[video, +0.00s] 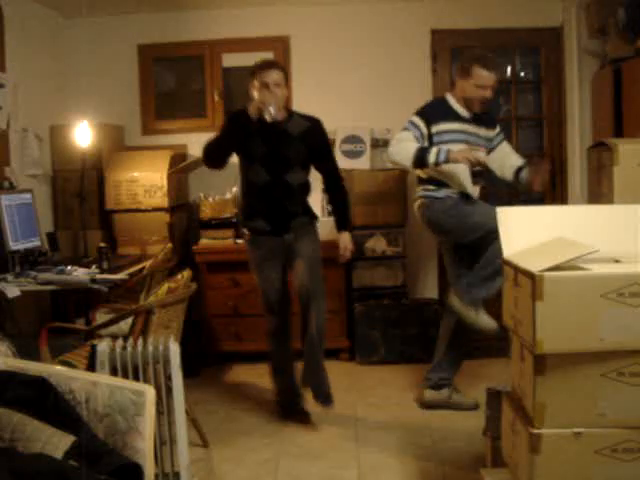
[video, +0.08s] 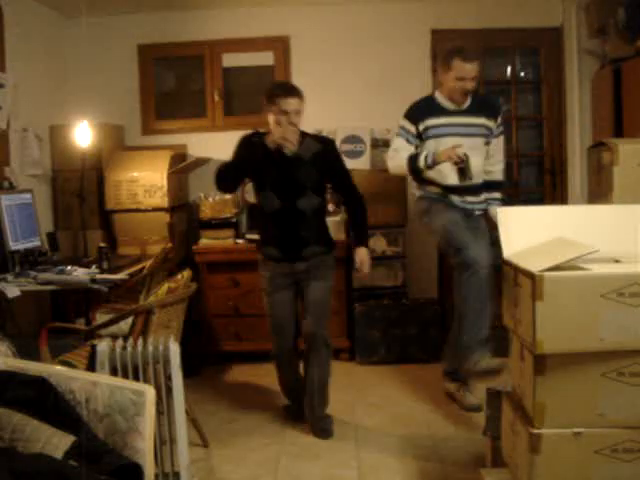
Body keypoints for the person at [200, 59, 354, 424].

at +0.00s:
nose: (271, 93)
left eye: (276, 86)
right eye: (263, 87)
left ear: (288, 89)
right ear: (253, 91)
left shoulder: (307, 128)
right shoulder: (242, 124)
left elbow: (333, 180)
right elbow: (212, 160)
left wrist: (344, 228)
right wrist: (245, 118)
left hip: (301, 226)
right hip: (262, 230)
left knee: (310, 293)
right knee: (277, 311)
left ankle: (315, 375)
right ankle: (287, 395)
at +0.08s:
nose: (292, 121)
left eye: (297, 114)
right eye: (285, 114)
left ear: (303, 113)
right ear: (268, 113)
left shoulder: (321, 149)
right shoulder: (253, 146)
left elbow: (353, 198)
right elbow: (225, 182)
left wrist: (361, 243)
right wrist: (263, 145)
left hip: (317, 256)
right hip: (275, 258)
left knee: (317, 334)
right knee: (283, 338)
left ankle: (318, 411)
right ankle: (294, 401)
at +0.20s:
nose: (329, 120)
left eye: (332, 112)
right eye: (322, 112)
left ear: (333, 111)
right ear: (299, 110)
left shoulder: (338, 142)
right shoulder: (271, 137)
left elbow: (363, 190)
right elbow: (244, 184)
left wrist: (370, 233)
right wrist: (292, 157)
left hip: (329, 240)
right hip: (287, 242)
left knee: (336, 309)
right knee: (294, 322)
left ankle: (330, 385)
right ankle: (299, 396)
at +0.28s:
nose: (347, 115)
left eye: (349, 107)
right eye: (341, 106)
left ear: (347, 104)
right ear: (317, 102)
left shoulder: (350, 135)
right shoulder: (280, 130)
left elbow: (364, 186)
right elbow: (254, 184)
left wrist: (372, 230)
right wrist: (308, 160)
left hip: (335, 230)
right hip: (293, 233)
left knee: (343, 289)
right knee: (295, 318)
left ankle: (337, 373)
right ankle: (305, 389)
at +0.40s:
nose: (388, 119)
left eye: (390, 111)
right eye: (382, 111)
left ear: (362, 107)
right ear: (355, 105)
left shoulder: (374, 143)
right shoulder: (305, 131)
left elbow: (374, 200)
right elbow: (278, 188)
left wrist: (376, 250)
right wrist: (339, 179)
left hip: (346, 243)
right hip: (302, 244)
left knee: (358, 330)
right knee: (310, 338)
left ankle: (357, 420)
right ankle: (318, 419)